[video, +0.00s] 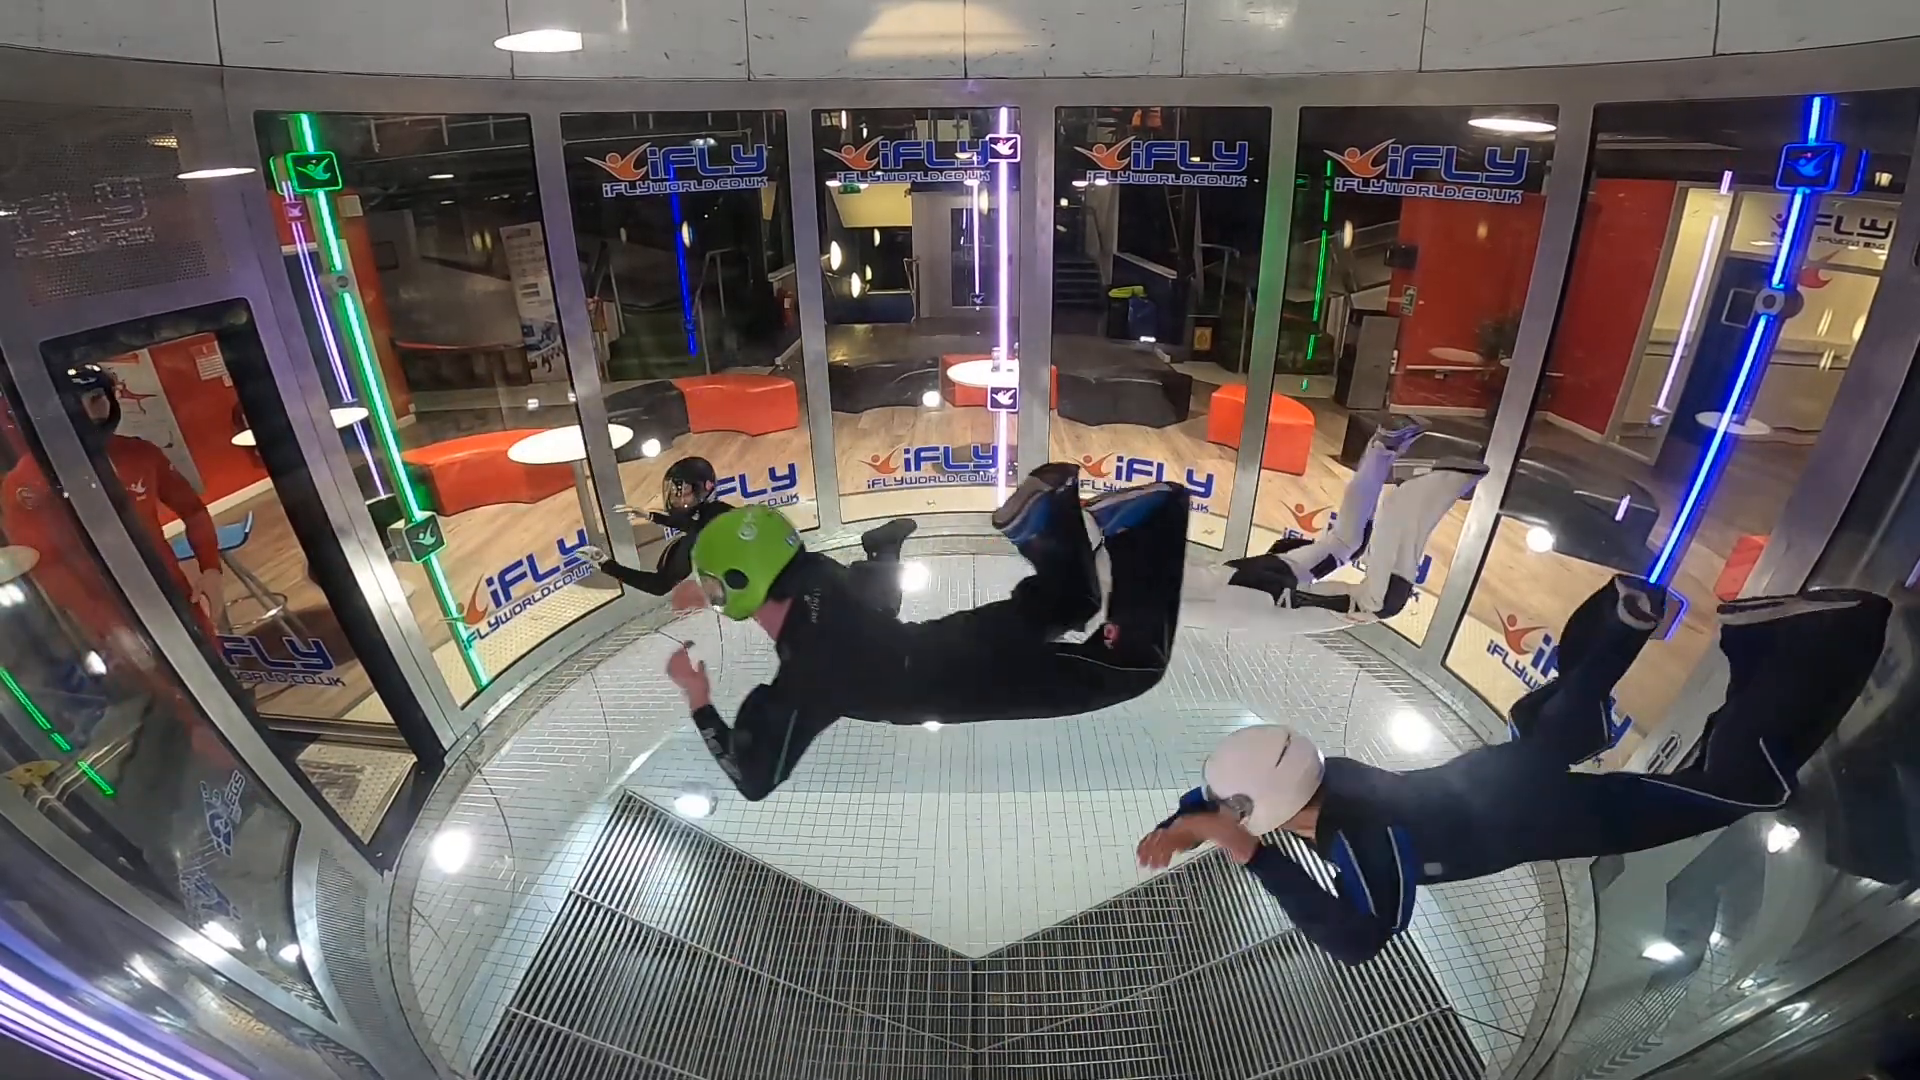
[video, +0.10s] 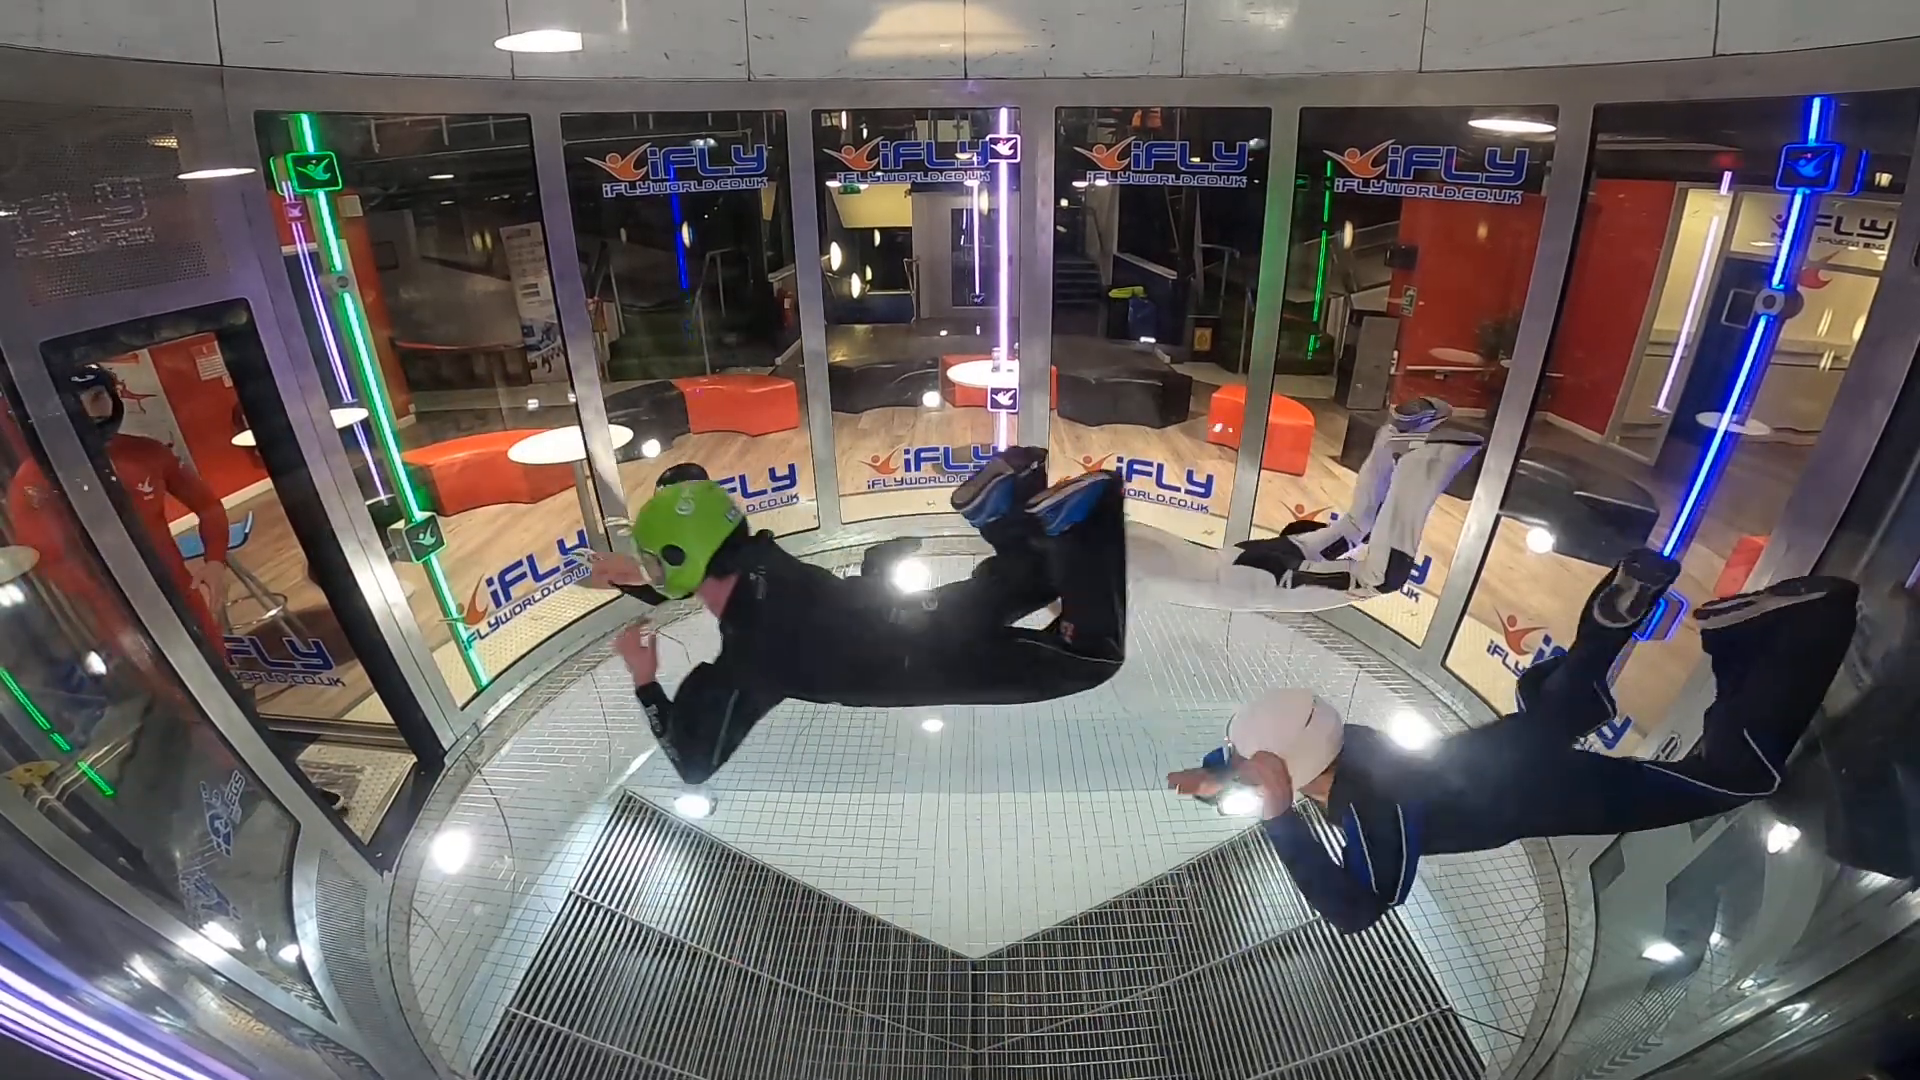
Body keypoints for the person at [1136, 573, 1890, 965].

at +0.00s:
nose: (1241, 825)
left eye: (1246, 809)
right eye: (1235, 804)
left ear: (1283, 807)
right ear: (1286, 776)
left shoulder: (1365, 834)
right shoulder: (1304, 775)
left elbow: (1359, 939)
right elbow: (1225, 785)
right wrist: (1184, 821)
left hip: (1543, 810)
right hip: (1490, 765)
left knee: (1700, 799)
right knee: (1559, 714)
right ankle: (1629, 608)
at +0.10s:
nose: (1272, 780)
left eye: (1267, 768)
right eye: (1261, 765)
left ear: (1297, 764)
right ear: (1313, 735)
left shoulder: (1373, 797)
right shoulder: (1352, 757)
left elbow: (1353, 910)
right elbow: (1278, 746)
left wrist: (1278, 811)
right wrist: (1217, 773)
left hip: (1554, 784)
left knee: (1744, 769)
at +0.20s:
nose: (1252, 739)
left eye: (1257, 730)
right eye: (1250, 723)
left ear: (1293, 736)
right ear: (1318, 688)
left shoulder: (1367, 771)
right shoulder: (1356, 708)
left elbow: (1329, 878)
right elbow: (1260, 700)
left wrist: (1246, 786)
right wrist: (1223, 739)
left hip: (1583, 761)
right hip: (1543, 714)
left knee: (1734, 754)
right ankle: (1637, 594)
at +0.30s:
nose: (1278, 697)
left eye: (1278, 689)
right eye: (1277, 676)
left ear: (1292, 700)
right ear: (1317, 658)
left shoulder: (1355, 750)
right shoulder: (1342, 669)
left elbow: (1279, 835)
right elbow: (1263, 649)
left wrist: (1249, 746)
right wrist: (1211, 700)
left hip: (1532, 730)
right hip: (1519, 682)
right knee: (1566, 620)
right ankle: (1651, 547)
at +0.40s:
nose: (1242, 674)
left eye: (1248, 670)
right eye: (1243, 654)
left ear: (1275, 687)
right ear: (1298, 635)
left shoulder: (1327, 735)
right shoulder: (1321, 632)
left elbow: (1246, 802)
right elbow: (1245, 616)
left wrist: (1202, 717)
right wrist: (1209, 661)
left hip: (1512, 728)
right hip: (1497, 657)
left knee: (1640, 751)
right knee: (1560, 591)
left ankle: (1687, 643)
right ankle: (1662, 511)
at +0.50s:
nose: (1227, 656)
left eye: (1235, 654)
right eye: (1228, 643)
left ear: (1257, 664)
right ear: (1269, 618)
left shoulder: (1305, 715)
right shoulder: (1293, 607)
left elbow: (1233, 787)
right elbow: (1235, 590)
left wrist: (1173, 709)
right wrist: (1181, 637)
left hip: (1489, 708)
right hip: (1472, 637)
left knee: (1607, 734)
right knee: (1557, 563)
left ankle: (1687, 641)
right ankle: (1658, 485)